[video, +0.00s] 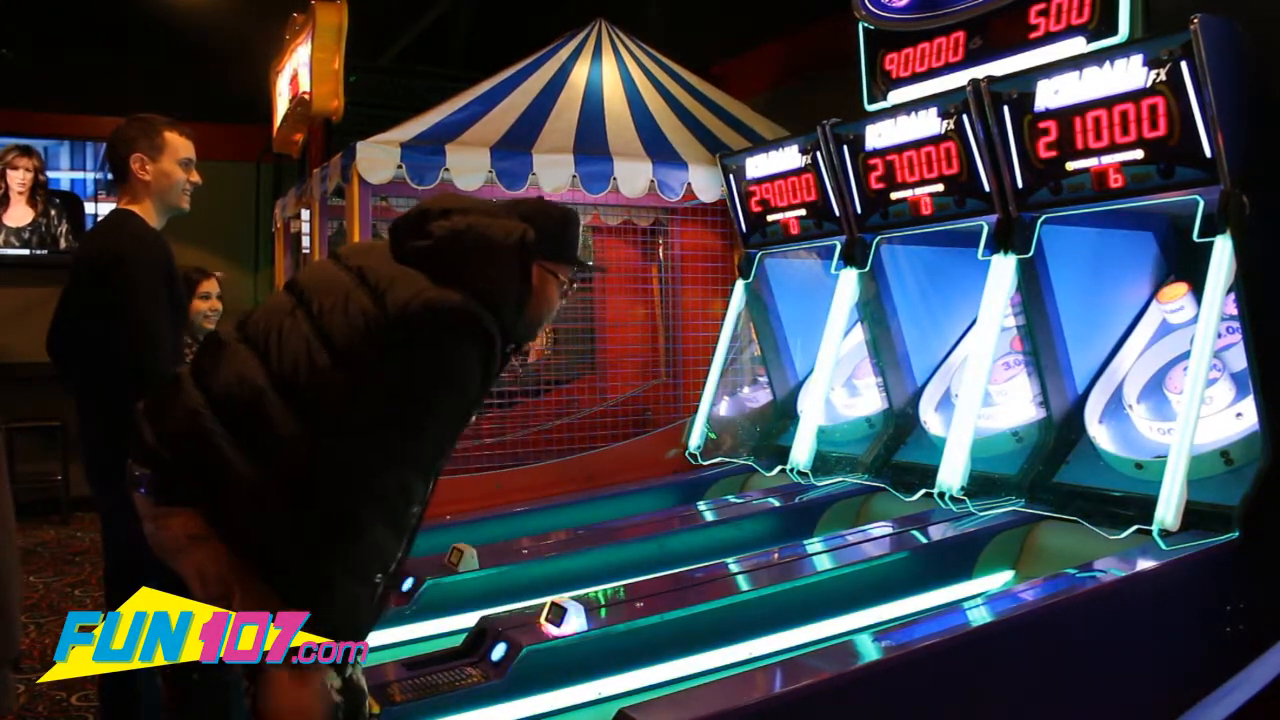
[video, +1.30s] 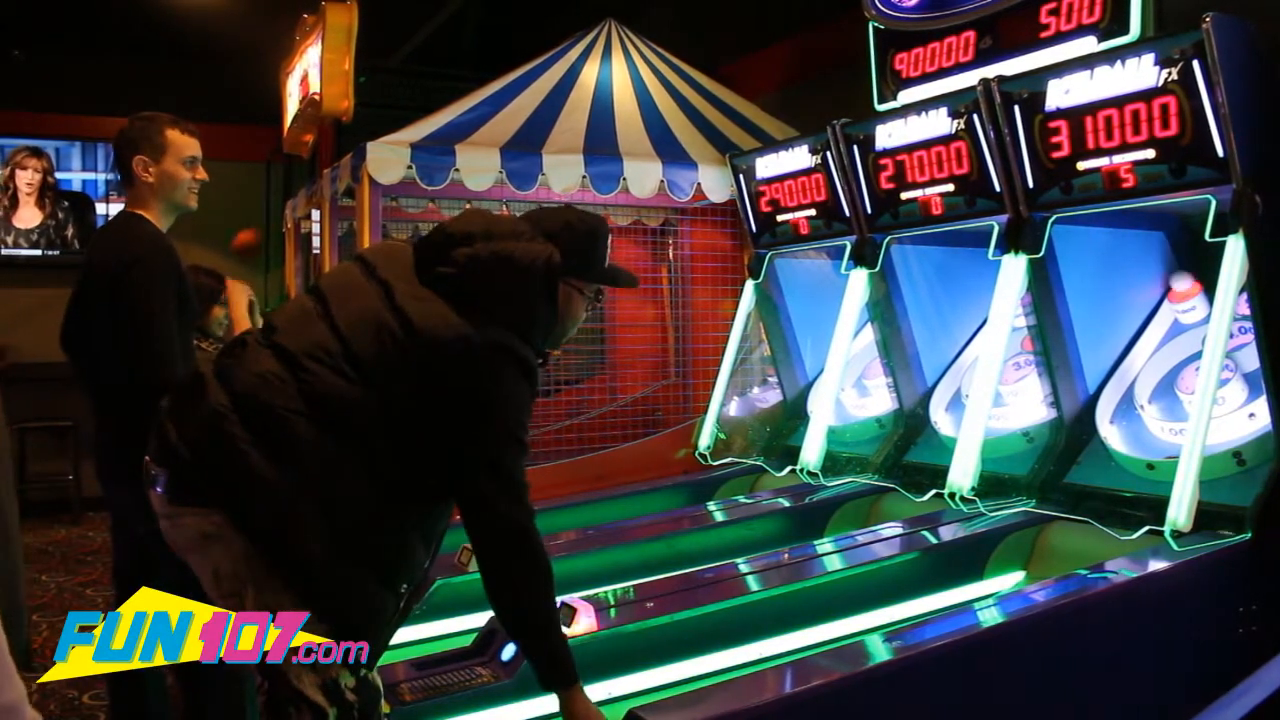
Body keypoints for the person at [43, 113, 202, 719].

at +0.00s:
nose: (195, 177)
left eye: (194, 166)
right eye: (184, 164)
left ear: (140, 171)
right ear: (142, 167)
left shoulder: (102, 239)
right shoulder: (142, 245)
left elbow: (62, 342)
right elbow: (158, 367)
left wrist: (112, 411)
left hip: (109, 449)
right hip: (139, 456)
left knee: (127, 585)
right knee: (154, 593)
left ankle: (124, 701)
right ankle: (147, 704)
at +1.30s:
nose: (202, 176)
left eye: (201, 163)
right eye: (191, 163)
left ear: (145, 171)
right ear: (146, 168)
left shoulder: (115, 240)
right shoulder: (147, 250)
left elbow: (75, 337)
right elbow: (168, 367)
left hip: (123, 451)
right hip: (150, 458)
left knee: (139, 592)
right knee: (172, 596)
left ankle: (135, 705)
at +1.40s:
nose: (201, 176)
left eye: (199, 163)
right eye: (189, 163)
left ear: (145, 172)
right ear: (144, 169)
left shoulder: (117, 241)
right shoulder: (144, 251)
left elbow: (76, 337)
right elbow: (168, 371)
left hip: (124, 451)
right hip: (150, 460)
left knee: (140, 592)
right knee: (171, 596)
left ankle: (137, 705)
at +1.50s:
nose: (199, 175)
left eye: (198, 163)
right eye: (188, 163)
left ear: (143, 172)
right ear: (142, 169)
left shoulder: (117, 242)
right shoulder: (140, 251)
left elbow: (77, 336)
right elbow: (169, 373)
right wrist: (235, 325)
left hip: (126, 452)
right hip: (150, 461)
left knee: (141, 594)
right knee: (171, 597)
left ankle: (138, 706)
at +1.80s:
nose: (196, 176)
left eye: (195, 163)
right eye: (183, 164)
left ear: (141, 172)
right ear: (137, 169)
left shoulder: (118, 241)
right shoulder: (137, 252)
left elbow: (79, 336)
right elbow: (163, 371)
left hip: (126, 451)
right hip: (145, 460)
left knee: (143, 591)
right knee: (166, 595)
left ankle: (139, 703)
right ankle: (156, 704)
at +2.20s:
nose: (196, 175)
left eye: (196, 163)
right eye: (184, 163)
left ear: (141, 171)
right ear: (138, 169)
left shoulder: (110, 240)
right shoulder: (138, 250)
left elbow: (77, 336)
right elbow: (163, 374)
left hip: (119, 444)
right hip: (146, 454)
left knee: (136, 593)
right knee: (148, 601)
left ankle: (135, 700)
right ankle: (145, 704)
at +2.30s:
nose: (195, 177)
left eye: (195, 165)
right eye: (183, 164)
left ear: (141, 173)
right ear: (137, 169)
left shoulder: (119, 242)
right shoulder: (133, 251)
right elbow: (161, 381)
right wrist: (222, 462)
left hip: (137, 454)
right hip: (147, 458)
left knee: (151, 601)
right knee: (168, 605)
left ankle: (146, 706)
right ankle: (165, 707)